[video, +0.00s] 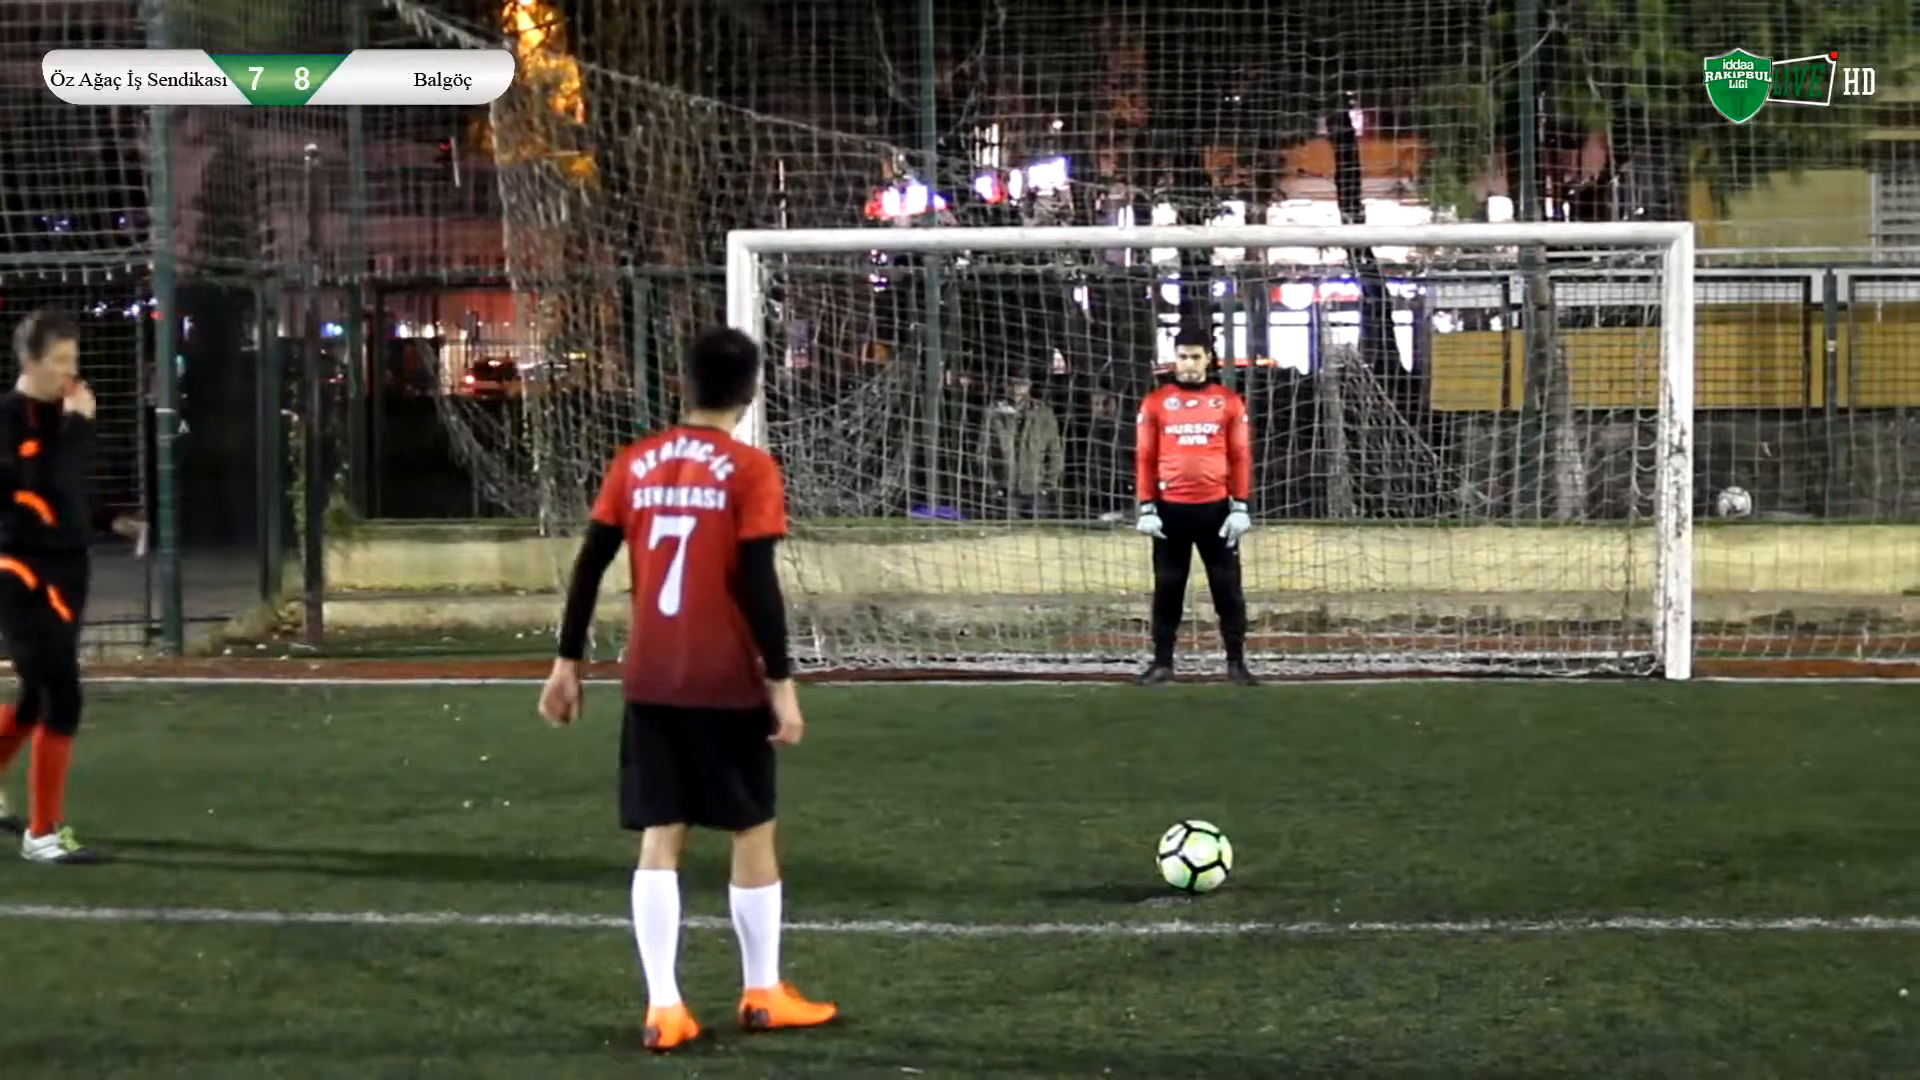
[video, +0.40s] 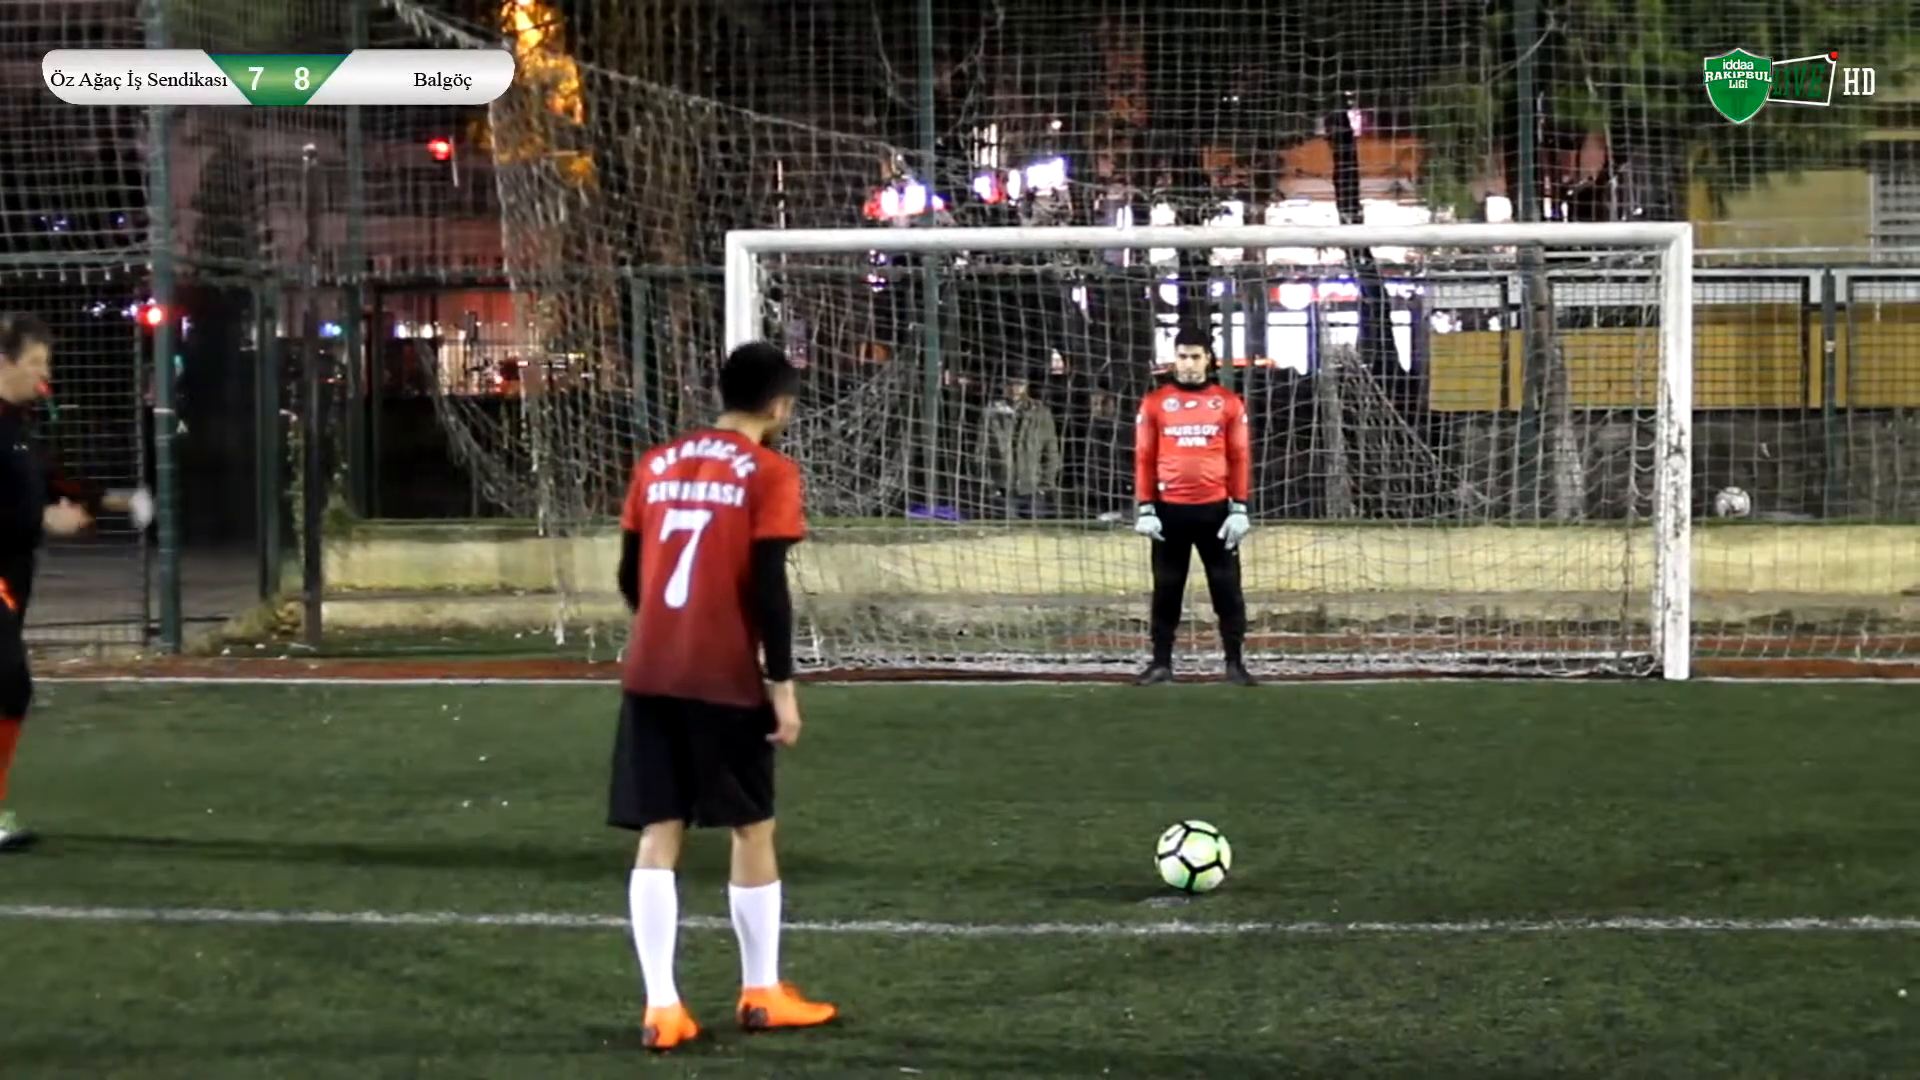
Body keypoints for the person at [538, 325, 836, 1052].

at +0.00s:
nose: (754, 394)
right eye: (756, 385)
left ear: (687, 385)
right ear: (750, 392)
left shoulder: (635, 461)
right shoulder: (753, 468)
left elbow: (590, 562)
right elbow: (755, 576)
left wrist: (567, 658)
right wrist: (781, 679)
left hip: (650, 684)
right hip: (730, 684)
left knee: (660, 832)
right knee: (754, 830)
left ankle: (662, 1004)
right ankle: (764, 989)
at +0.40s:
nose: (791, 414)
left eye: (791, 403)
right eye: (790, 403)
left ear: (724, 396)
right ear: (775, 404)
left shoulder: (658, 461)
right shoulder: (772, 472)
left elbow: (630, 574)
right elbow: (767, 579)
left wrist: (667, 635)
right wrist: (783, 679)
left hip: (649, 672)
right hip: (726, 676)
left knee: (659, 828)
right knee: (753, 827)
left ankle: (661, 1004)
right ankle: (763, 988)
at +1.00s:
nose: (855, 457)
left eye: (854, 446)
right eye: (854, 446)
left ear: (792, 440)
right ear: (841, 443)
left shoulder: (729, 496)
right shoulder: (837, 496)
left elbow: (695, 597)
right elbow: (810, 575)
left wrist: (734, 648)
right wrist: (805, 678)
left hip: (710, 688)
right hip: (782, 688)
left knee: (693, 834)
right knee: (850, 793)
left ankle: (664, 1002)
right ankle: (850, 957)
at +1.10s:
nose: (890, 478)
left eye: (888, 469)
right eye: (890, 468)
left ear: (829, 465)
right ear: (878, 466)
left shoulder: (776, 516)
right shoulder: (874, 512)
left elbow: (775, 613)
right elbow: (849, 575)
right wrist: (837, 671)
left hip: (749, 690)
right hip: (816, 689)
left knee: (718, 832)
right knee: (898, 792)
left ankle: (672, 991)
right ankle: (894, 953)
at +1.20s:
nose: (919, 491)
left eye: (917, 481)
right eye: (917, 481)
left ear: (857, 476)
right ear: (906, 479)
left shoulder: (815, 520)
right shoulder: (906, 521)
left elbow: (815, 612)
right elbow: (888, 587)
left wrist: (893, 647)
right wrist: (886, 671)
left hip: (787, 697)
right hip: (855, 697)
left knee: (757, 831)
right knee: (928, 808)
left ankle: (694, 970)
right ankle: (896, 964)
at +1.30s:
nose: (959, 483)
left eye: (956, 474)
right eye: (956, 474)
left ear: (895, 477)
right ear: (946, 475)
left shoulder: (860, 519)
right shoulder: (956, 526)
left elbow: (815, 546)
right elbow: (983, 610)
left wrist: (868, 572)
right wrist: (1020, 689)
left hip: (848, 697)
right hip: (915, 697)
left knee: (876, 840)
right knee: (961, 828)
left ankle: (801, 906)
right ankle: (903, 962)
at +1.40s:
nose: (971, 462)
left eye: (965, 453)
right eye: (968, 453)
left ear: (910, 458)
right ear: (961, 456)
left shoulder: (874, 499)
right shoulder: (984, 510)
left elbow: (803, 492)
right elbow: (1032, 591)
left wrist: (844, 544)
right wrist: (1089, 647)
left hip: (881, 676)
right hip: (944, 678)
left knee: (948, 799)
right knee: (969, 818)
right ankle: (913, 945)